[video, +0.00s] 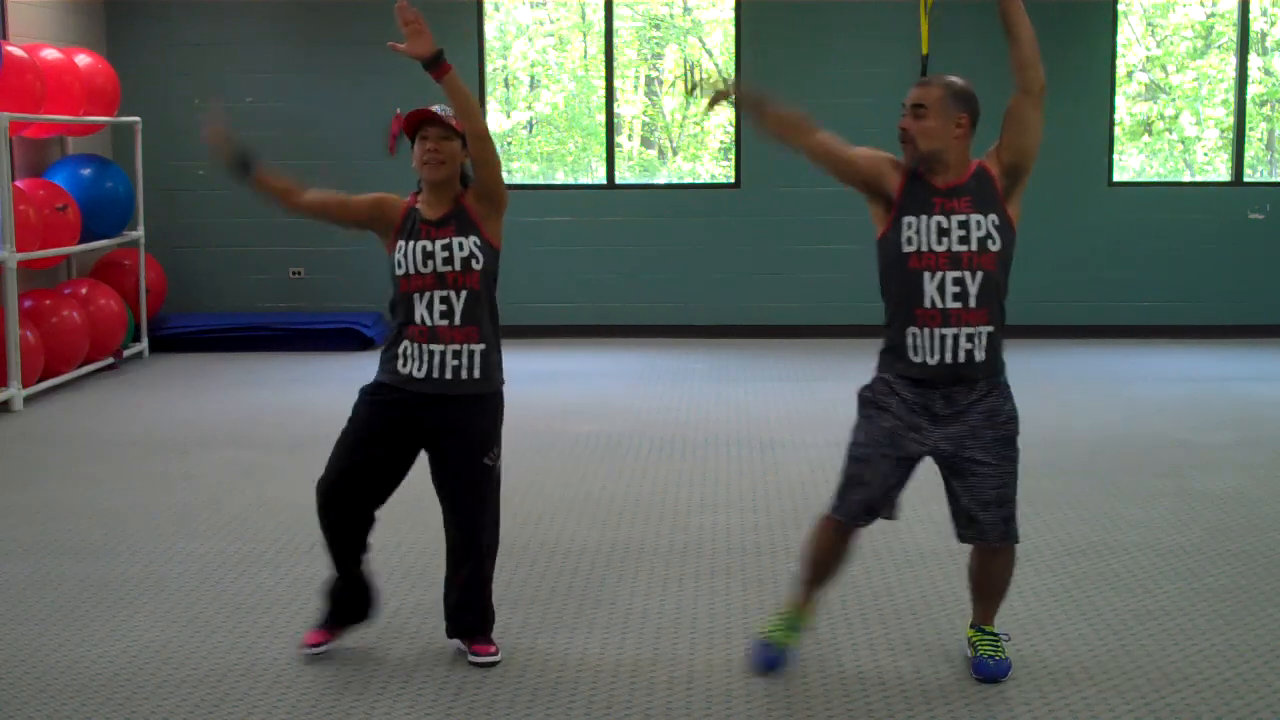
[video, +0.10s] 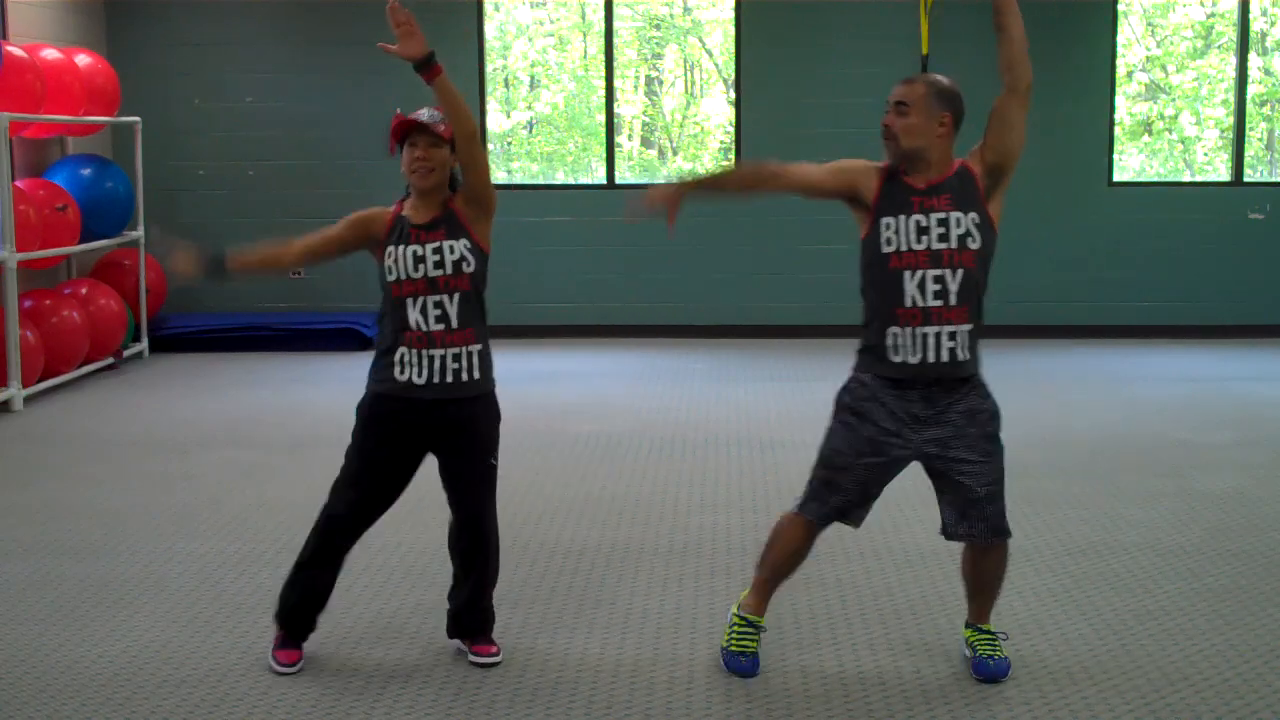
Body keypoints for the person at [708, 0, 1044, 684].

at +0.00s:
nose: (906, 123)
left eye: (920, 113)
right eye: (906, 113)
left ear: (964, 125)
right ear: (908, 122)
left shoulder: (1000, 179)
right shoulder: (888, 180)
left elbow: (1031, 87)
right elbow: (812, 139)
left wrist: (1011, 4)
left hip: (980, 399)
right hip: (899, 395)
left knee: (996, 532)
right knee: (847, 511)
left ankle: (984, 630)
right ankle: (795, 614)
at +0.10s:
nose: (888, 119)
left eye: (903, 110)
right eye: (888, 110)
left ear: (946, 122)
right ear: (894, 121)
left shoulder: (984, 180)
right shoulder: (866, 180)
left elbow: (1019, 85)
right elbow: (775, 175)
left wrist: (1005, 4)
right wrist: (688, 186)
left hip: (960, 398)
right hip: (879, 394)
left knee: (990, 529)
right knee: (815, 511)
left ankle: (982, 628)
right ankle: (750, 612)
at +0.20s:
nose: (871, 118)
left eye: (887, 109)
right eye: (872, 108)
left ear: (930, 123)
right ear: (875, 120)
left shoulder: (964, 178)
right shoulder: (846, 184)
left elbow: (1005, 90)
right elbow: (759, 208)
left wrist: (994, 7)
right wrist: (686, 262)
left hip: (941, 394)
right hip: (857, 392)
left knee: (995, 518)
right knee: (800, 510)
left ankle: (978, 619)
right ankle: (745, 616)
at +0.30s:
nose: (860, 121)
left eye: (876, 112)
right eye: (862, 112)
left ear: (917, 126)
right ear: (871, 124)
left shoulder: (955, 182)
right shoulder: (837, 190)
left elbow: (1000, 94)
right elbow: (759, 236)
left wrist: (989, 6)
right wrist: (734, 314)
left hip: (931, 395)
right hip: (848, 396)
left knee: (988, 517)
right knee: (792, 511)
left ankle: (988, 618)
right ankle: (746, 621)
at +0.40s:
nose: (866, 129)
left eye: (881, 120)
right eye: (865, 119)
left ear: (921, 134)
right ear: (870, 132)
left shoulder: (957, 189)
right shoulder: (840, 203)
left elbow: (1003, 103)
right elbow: (798, 274)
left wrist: (991, 11)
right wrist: (797, 316)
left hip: (928, 404)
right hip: (846, 401)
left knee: (977, 528)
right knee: (789, 515)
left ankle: (994, 624)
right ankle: (746, 622)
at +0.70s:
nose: (936, 123)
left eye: (950, 112)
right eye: (925, 113)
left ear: (973, 125)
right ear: (913, 125)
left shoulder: (999, 176)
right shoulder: (894, 189)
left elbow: (1035, 89)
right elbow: (855, 187)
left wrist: (1017, 5)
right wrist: (887, 106)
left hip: (998, 388)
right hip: (920, 389)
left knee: (1014, 526)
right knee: (882, 515)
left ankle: (993, 627)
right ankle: (851, 611)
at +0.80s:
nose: (952, 116)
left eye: (965, 106)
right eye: (938, 106)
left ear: (983, 122)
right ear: (921, 123)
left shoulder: (1006, 174)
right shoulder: (902, 185)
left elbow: (1036, 83)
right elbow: (873, 122)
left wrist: (1017, 5)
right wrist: (908, 37)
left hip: (1013, 378)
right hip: (944, 383)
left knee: (1021, 520)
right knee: (957, 517)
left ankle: (994, 625)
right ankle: (931, 616)